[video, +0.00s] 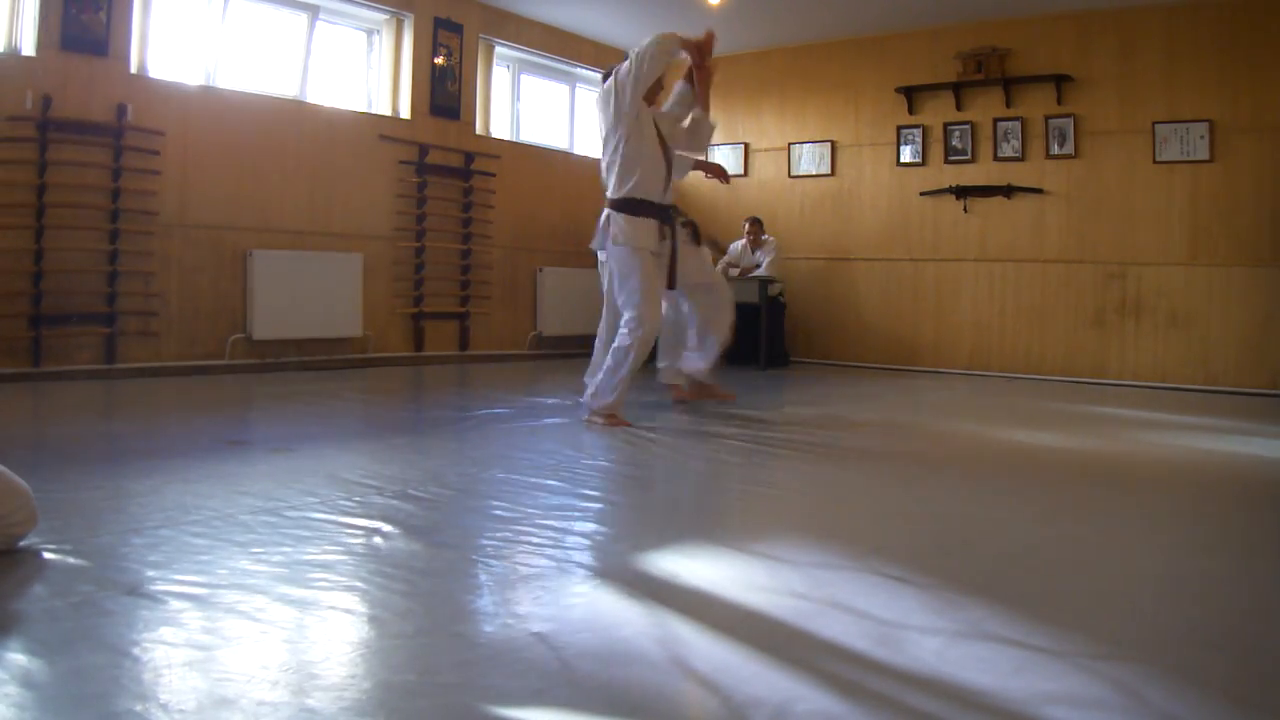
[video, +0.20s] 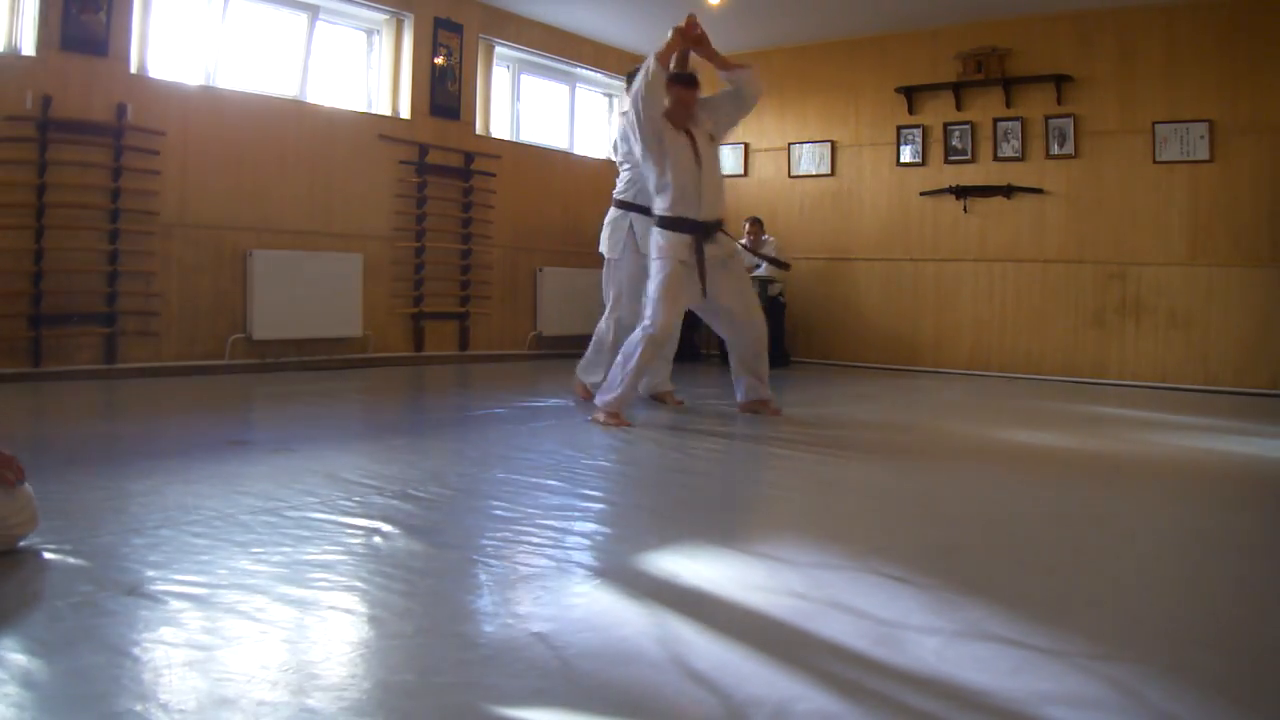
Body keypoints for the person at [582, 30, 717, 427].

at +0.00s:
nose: (662, 88)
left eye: (664, 83)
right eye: (657, 81)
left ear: (654, 89)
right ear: (635, 79)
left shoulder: (654, 123)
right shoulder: (618, 102)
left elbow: (695, 134)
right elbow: (652, 50)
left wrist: (702, 85)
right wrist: (691, 46)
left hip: (645, 227)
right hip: (627, 226)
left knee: (616, 321)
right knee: (642, 319)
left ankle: (595, 396)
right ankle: (601, 405)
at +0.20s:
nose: (689, 96)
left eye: (692, 89)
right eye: (680, 89)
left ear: (698, 93)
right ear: (664, 93)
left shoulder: (707, 124)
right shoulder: (653, 132)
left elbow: (748, 90)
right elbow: (644, 98)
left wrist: (709, 54)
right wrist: (669, 49)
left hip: (714, 242)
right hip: (671, 242)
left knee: (748, 321)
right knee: (659, 327)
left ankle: (753, 397)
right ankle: (608, 405)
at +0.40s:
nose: (725, 149)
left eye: (731, 143)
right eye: (718, 143)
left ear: (742, 139)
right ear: (708, 139)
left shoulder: (757, 153)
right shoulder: (694, 164)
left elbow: (756, 167)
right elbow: (683, 212)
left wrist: (731, 159)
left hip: (752, 253)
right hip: (707, 253)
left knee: (773, 329)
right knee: (702, 311)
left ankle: (759, 399)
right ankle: (712, 385)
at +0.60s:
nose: (745, 191)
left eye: (753, 185)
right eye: (740, 183)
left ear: (766, 180)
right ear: (732, 176)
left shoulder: (782, 207)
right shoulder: (714, 196)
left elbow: (767, 264)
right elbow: (683, 239)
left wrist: (721, 299)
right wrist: (674, 286)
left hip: (766, 280)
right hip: (723, 280)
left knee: (784, 332)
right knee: (713, 378)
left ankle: (763, 401)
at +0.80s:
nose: (741, 206)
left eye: (749, 201)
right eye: (737, 198)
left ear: (762, 200)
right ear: (729, 194)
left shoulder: (777, 227)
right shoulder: (711, 215)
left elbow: (783, 271)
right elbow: (673, 238)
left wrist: (744, 294)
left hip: (760, 308)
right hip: (723, 308)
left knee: (773, 314)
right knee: (717, 392)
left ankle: (761, 397)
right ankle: (748, 383)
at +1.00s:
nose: (733, 196)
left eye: (741, 190)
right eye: (728, 189)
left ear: (752, 191)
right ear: (721, 188)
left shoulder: (767, 216)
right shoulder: (706, 214)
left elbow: (785, 238)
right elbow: (678, 204)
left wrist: (767, 241)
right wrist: (663, 188)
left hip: (758, 297)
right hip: (719, 305)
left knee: (772, 311)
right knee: (715, 393)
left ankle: (759, 394)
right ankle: (744, 384)